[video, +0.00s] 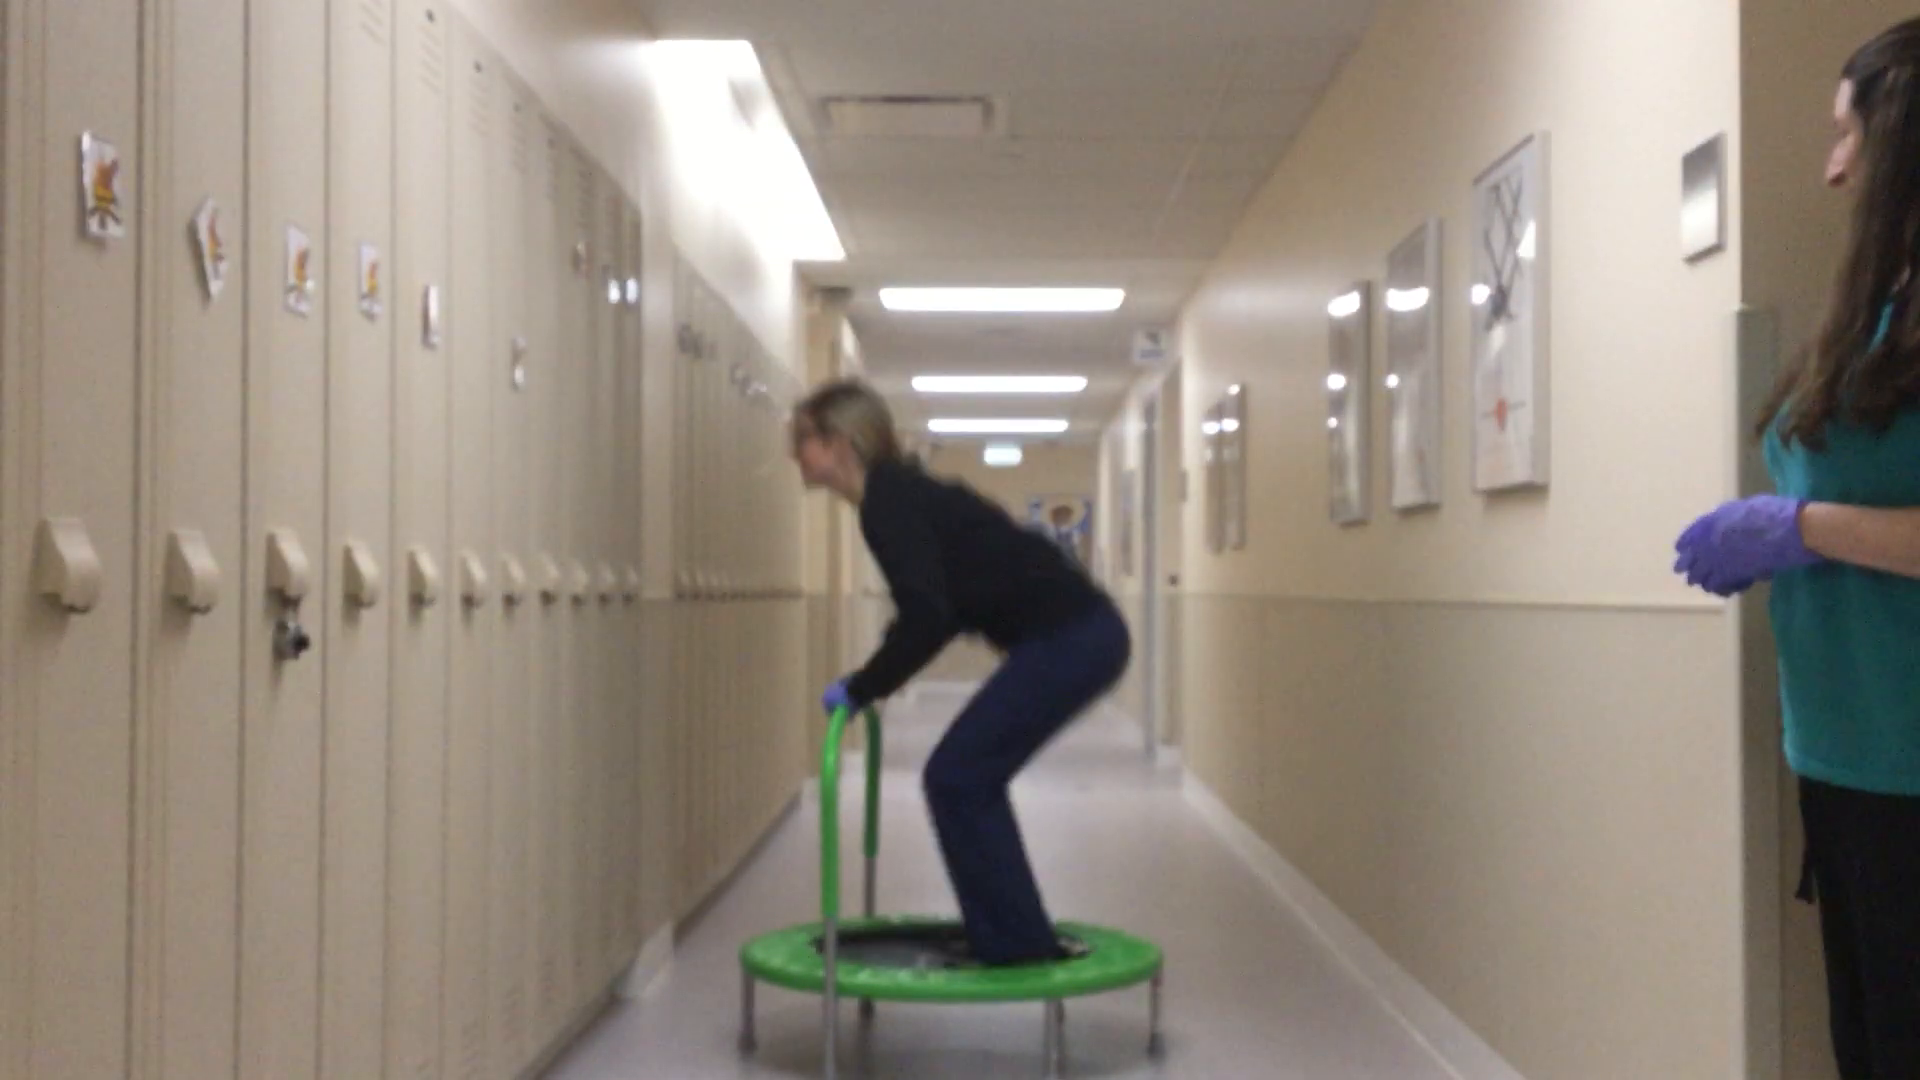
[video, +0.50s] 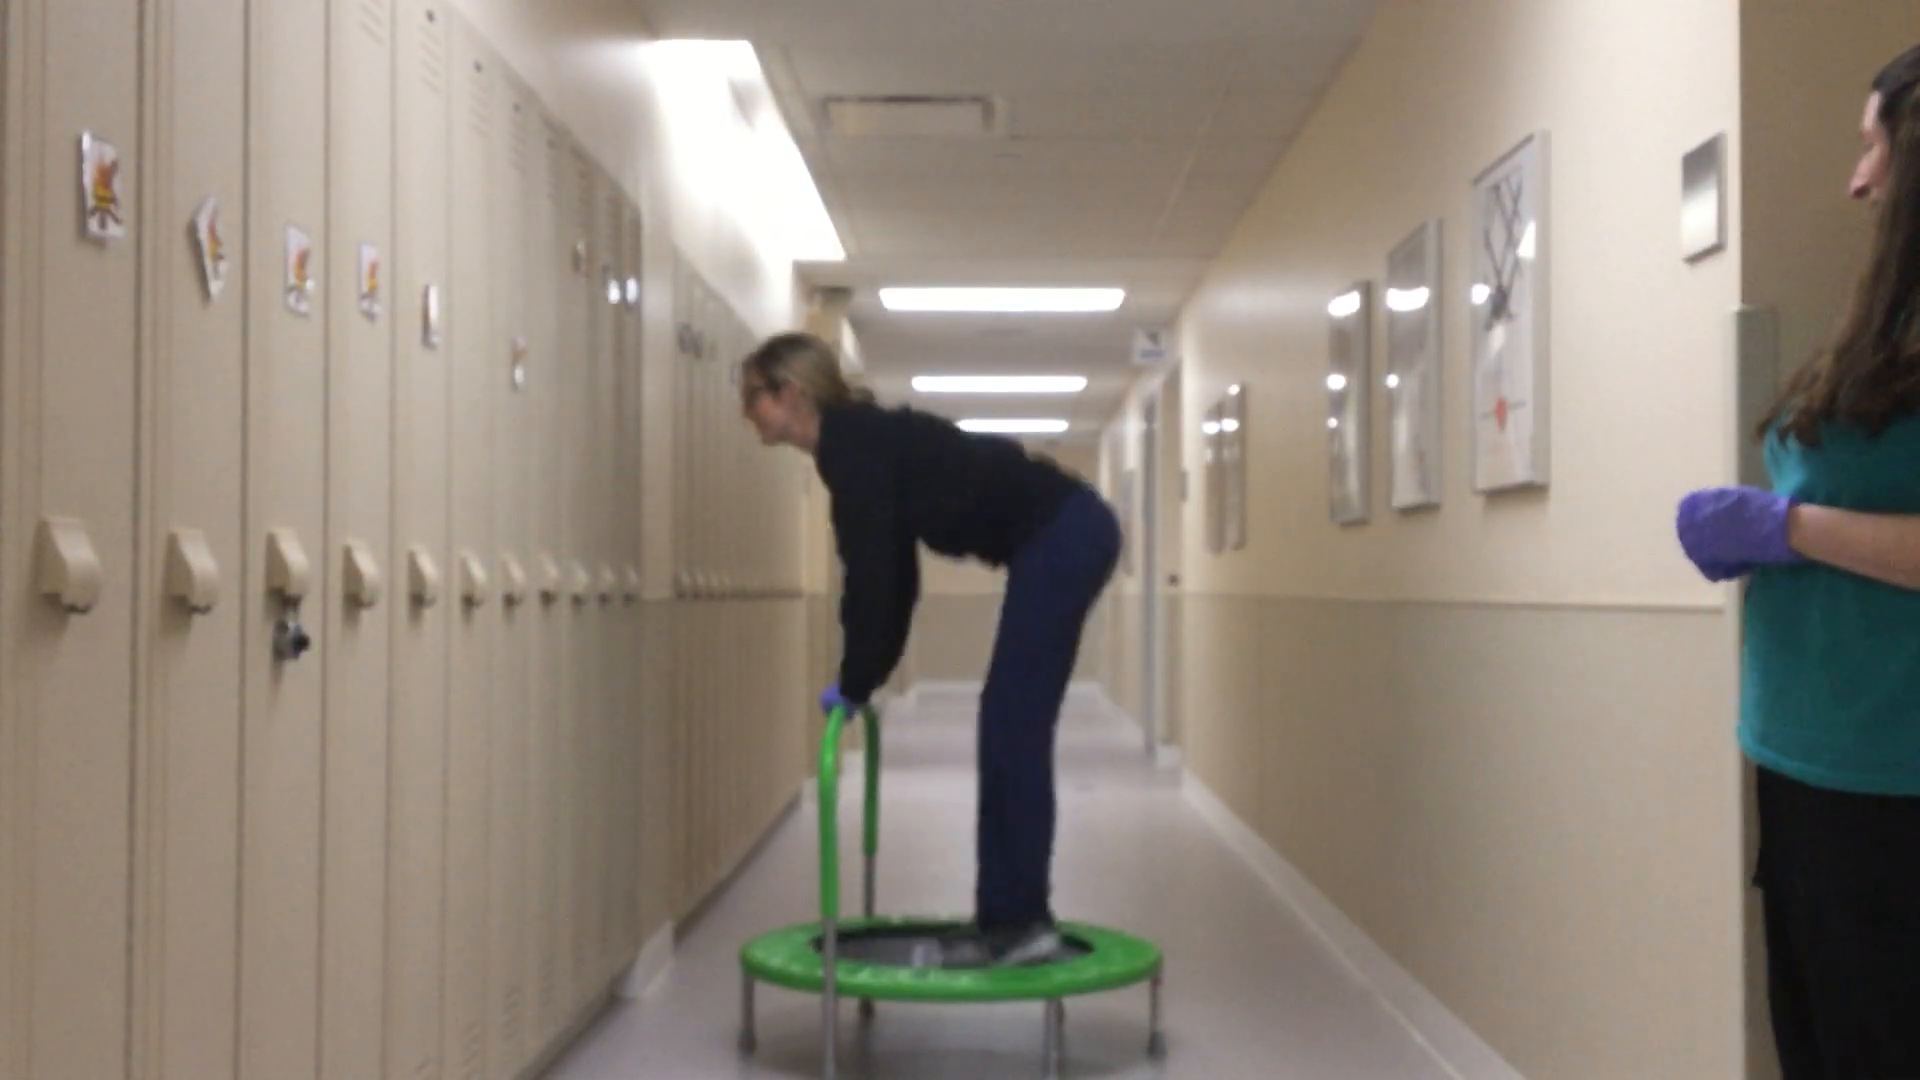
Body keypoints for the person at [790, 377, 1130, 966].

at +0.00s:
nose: (796, 458)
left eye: (802, 443)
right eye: (796, 444)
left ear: (836, 446)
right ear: (841, 446)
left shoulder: (892, 500)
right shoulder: (895, 496)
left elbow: (932, 616)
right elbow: (934, 614)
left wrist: (864, 686)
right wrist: (865, 682)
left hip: (1073, 640)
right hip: (1076, 636)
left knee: (955, 776)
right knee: (966, 776)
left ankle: (1012, 942)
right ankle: (1016, 937)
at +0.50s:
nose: (750, 417)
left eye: (753, 400)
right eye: (747, 403)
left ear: (788, 394)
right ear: (798, 393)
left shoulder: (851, 443)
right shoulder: (862, 438)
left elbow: (873, 569)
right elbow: (894, 573)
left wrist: (854, 682)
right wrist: (861, 679)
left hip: (1061, 539)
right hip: (1060, 537)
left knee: (1014, 723)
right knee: (1012, 721)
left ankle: (1014, 919)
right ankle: (1011, 916)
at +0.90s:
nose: (776, 450)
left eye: (782, 434)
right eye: (774, 436)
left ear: (818, 432)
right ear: (820, 434)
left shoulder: (873, 491)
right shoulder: (870, 489)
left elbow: (911, 608)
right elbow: (908, 607)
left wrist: (857, 687)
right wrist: (858, 682)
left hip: (1061, 622)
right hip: (1056, 620)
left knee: (955, 766)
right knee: (956, 764)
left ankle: (998, 936)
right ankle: (996, 932)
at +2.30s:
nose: (824, 386)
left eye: (819, 368)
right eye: (815, 374)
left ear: (851, 346)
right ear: (856, 346)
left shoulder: (916, 398)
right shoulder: (918, 396)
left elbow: (908, 528)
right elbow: (909, 528)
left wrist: (879, 646)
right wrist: (880, 645)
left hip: (1087, 541)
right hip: (1083, 539)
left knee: (1006, 707)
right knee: (1006, 708)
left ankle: (1014, 909)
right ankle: (1005, 905)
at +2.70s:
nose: (839, 468)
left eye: (835, 452)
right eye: (830, 458)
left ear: (865, 430)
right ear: (868, 431)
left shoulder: (929, 487)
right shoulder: (924, 486)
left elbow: (966, 603)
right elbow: (962, 604)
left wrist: (891, 681)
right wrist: (891, 678)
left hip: (1087, 650)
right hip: (1076, 648)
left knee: (964, 775)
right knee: (961, 773)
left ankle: (1016, 946)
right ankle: (1012, 942)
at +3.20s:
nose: (883, 380)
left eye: (879, 363)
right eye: (874, 370)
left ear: (904, 335)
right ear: (907, 337)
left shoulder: (974, 389)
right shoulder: (968, 390)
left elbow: (999, 517)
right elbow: (997, 520)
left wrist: (984, 630)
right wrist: (984, 628)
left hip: (1087, 596)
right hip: (1080, 595)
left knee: (997, 754)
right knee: (996, 754)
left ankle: (1023, 942)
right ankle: (1023, 938)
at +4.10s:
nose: (862, 477)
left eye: (862, 460)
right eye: (854, 466)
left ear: (893, 442)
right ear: (897, 445)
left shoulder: (956, 498)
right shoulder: (945, 501)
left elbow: (965, 623)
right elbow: (960, 619)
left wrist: (863, 620)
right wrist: (868, 619)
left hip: (1089, 685)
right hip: (1075, 682)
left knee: (949, 788)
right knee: (944, 785)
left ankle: (1015, 951)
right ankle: (1000, 943)